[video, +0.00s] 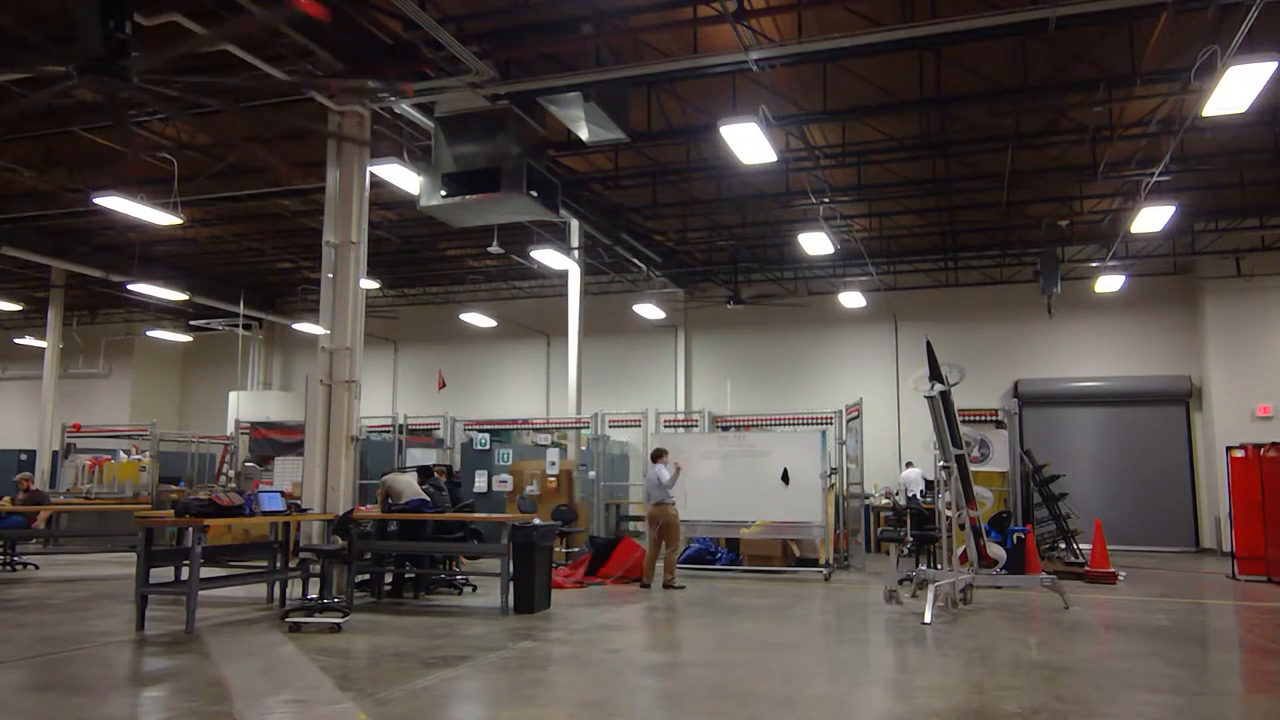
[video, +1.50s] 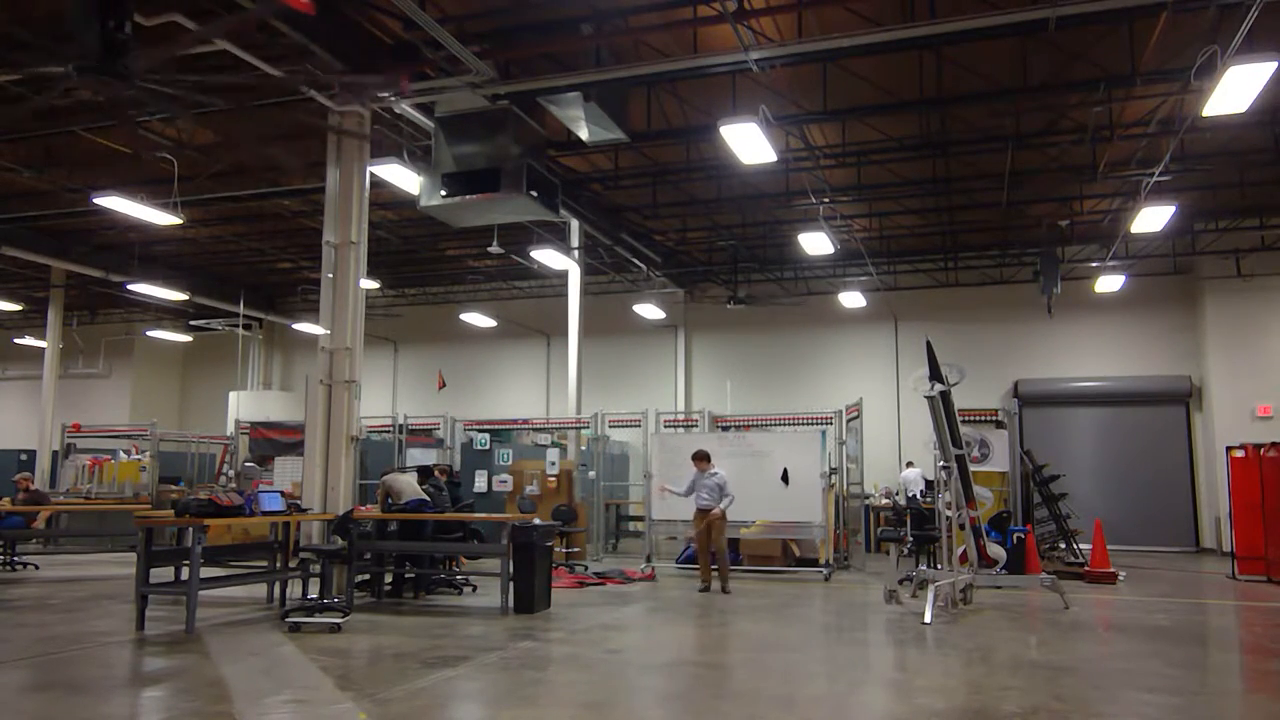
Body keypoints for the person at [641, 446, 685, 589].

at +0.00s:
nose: (667, 460)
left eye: (667, 457)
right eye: (666, 457)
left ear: (654, 459)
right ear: (661, 458)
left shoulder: (649, 473)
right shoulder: (660, 468)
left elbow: (647, 494)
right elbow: (668, 484)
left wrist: (648, 508)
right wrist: (677, 472)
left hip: (654, 507)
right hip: (667, 507)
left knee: (653, 547)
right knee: (672, 547)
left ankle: (646, 579)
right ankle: (669, 579)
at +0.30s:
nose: (678, 459)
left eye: (678, 457)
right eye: (675, 457)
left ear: (678, 459)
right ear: (668, 458)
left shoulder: (677, 475)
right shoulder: (666, 472)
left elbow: (682, 496)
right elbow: (659, 490)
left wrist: (697, 496)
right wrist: (660, 475)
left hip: (678, 508)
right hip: (669, 508)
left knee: (680, 546)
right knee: (674, 546)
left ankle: (670, 578)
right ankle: (668, 579)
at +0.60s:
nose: (688, 461)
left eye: (690, 458)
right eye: (685, 458)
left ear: (694, 459)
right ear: (681, 460)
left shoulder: (698, 477)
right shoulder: (676, 474)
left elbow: (700, 496)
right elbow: (662, 490)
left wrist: (710, 502)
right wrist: (653, 481)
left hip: (693, 512)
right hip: (679, 511)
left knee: (699, 548)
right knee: (676, 547)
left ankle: (703, 580)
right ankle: (667, 580)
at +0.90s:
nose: (692, 465)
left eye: (694, 462)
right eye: (691, 462)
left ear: (702, 462)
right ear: (691, 462)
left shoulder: (713, 477)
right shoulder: (689, 475)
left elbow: (719, 496)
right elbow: (680, 493)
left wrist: (713, 507)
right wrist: (662, 491)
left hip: (706, 511)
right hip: (690, 510)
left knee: (705, 546)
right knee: (693, 544)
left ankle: (703, 579)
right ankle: (688, 579)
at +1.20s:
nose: (693, 469)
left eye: (695, 466)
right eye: (692, 467)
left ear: (703, 464)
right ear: (695, 465)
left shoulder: (717, 479)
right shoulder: (695, 477)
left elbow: (724, 499)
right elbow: (688, 493)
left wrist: (713, 509)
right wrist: (670, 490)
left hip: (711, 515)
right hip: (696, 515)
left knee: (710, 547)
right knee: (701, 547)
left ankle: (707, 577)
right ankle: (704, 579)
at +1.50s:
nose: (696, 467)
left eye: (697, 464)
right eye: (695, 464)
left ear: (705, 462)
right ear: (698, 463)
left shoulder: (719, 477)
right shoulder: (698, 475)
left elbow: (729, 496)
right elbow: (686, 492)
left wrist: (720, 508)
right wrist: (668, 489)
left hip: (716, 514)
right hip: (700, 514)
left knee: (720, 548)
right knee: (702, 548)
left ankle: (724, 582)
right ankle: (705, 582)